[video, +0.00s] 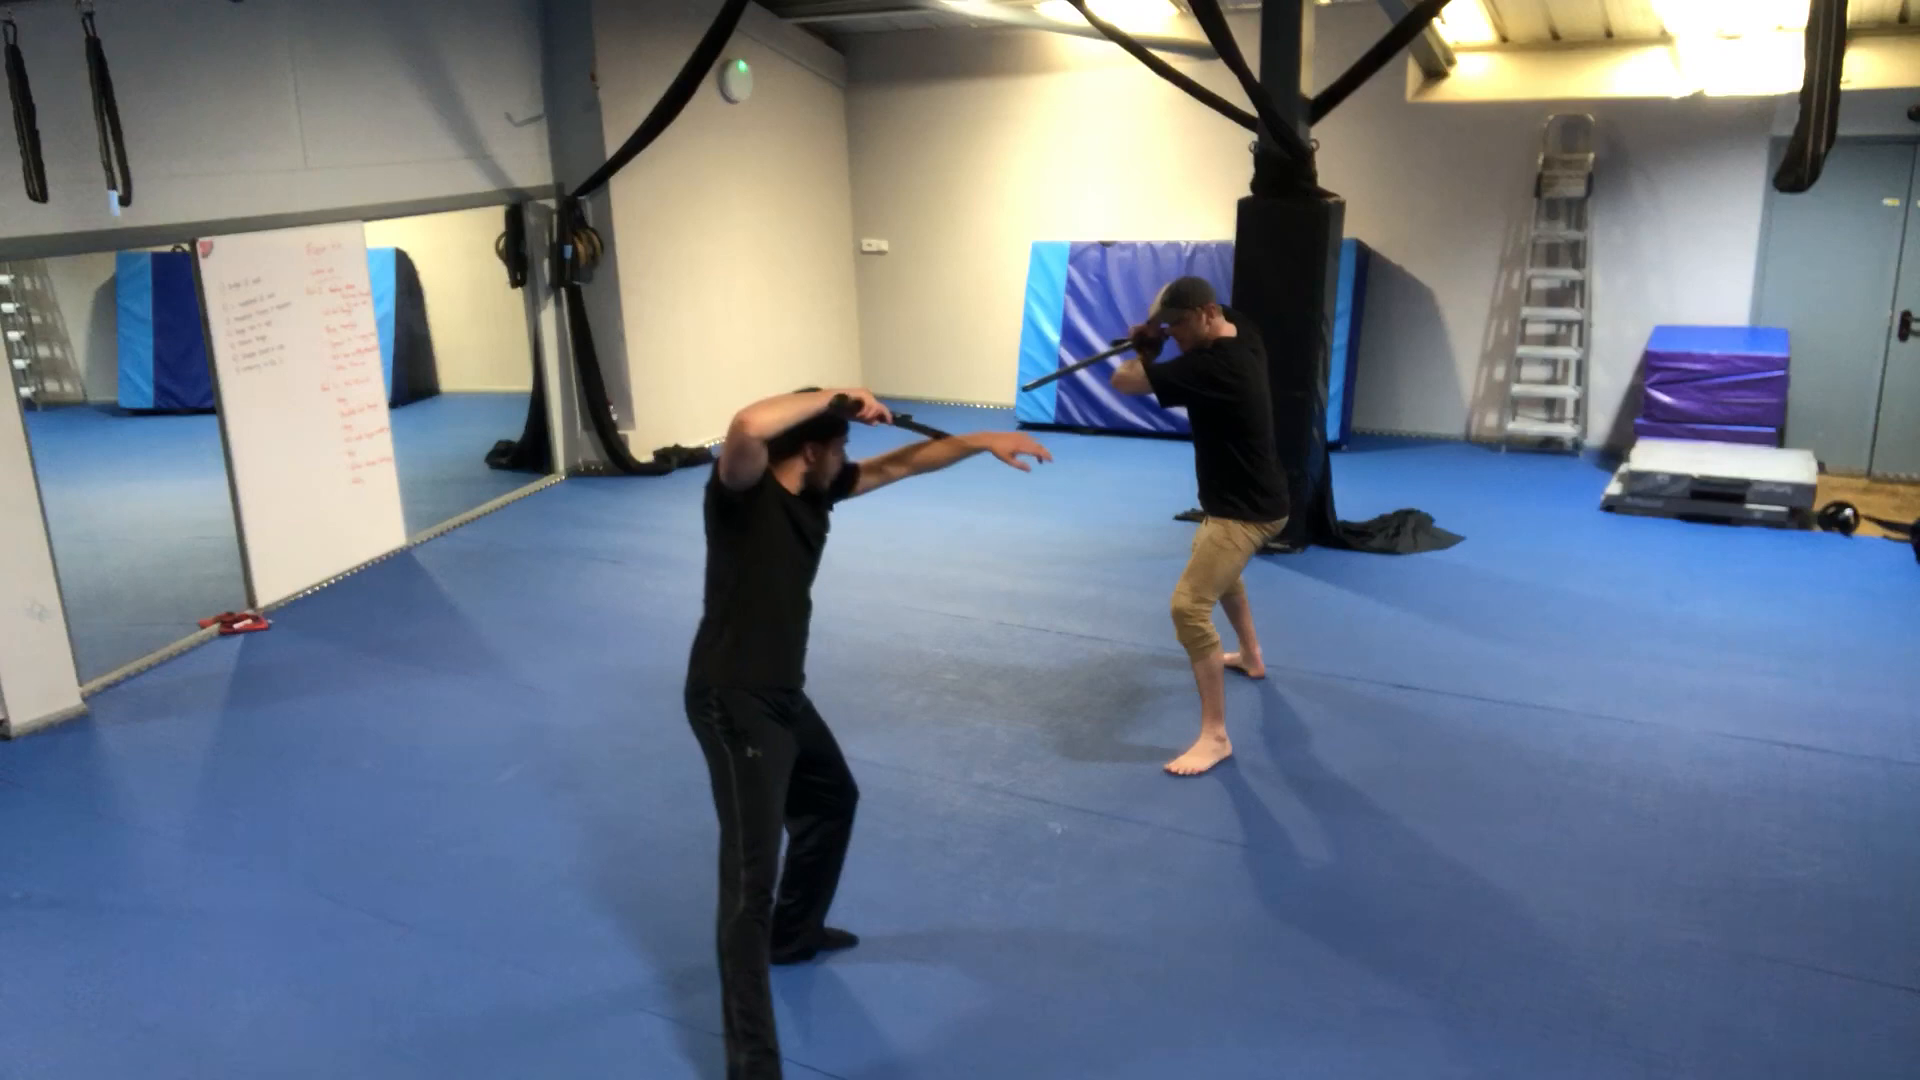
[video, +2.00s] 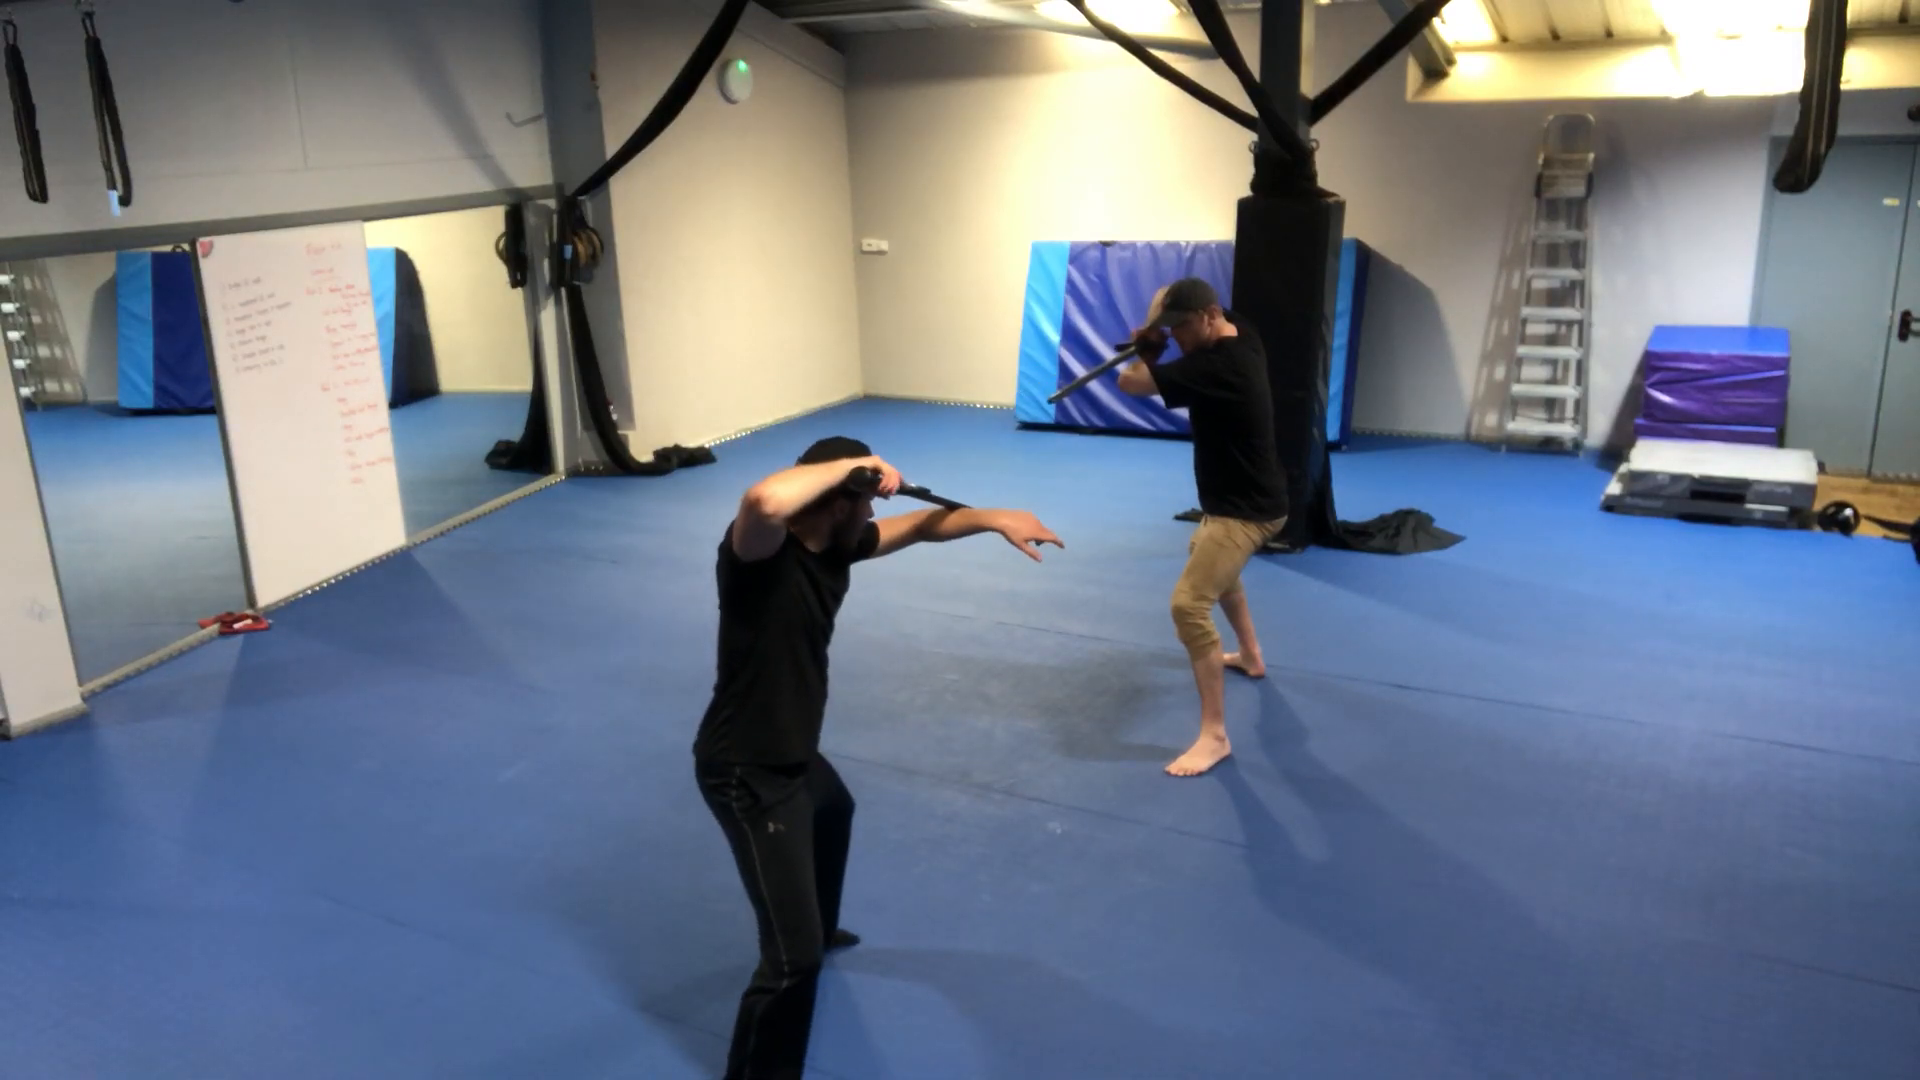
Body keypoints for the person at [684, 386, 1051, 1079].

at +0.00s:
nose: (844, 458)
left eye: (842, 443)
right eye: (836, 443)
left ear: (818, 447)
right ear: (806, 445)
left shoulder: (817, 492)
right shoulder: (742, 491)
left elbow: (900, 465)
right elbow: (746, 426)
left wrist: (983, 440)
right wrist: (831, 396)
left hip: (781, 697)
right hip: (731, 701)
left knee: (830, 800)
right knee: (750, 886)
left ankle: (791, 931)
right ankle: (753, 1065)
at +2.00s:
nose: (871, 517)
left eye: (871, 503)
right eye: (863, 503)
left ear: (838, 505)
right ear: (830, 500)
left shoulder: (835, 550)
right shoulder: (758, 553)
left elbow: (921, 524)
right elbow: (763, 499)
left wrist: (996, 517)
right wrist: (847, 468)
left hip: (793, 755)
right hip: (744, 768)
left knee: (834, 811)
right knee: (793, 955)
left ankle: (815, 928)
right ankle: (756, 1075)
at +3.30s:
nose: (876, 499)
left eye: (877, 487)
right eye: (867, 486)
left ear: (855, 482)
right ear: (834, 482)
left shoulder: (849, 541)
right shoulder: (782, 544)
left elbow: (905, 545)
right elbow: (842, 492)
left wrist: (960, 523)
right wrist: (928, 451)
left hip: (831, 752)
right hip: (795, 761)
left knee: (878, 809)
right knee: (812, 959)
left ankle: (829, 947)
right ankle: (767, 1075)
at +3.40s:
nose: (884, 481)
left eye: (884, 471)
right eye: (882, 471)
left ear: (818, 465)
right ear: (869, 474)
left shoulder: (822, 532)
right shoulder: (816, 536)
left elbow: (887, 535)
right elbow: (911, 474)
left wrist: (938, 504)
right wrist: (964, 406)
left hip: (851, 743)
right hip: (850, 750)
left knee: (887, 860)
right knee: (870, 921)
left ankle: (888, 992)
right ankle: (784, 1068)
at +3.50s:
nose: (885, 472)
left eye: (867, 467)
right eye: (880, 464)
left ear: (816, 477)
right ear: (872, 474)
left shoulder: (794, 535)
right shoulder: (888, 513)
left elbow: (865, 500)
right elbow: (979, 417)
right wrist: (979, 341)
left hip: (847, 742)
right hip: (910, 743)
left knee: (892, 838)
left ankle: (890, 987)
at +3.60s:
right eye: (894, 451)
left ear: (836, 466)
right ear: (891, 465)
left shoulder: (815, 526)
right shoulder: (931, 499)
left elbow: (868, 460)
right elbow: (984, 394)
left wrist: (950, 414)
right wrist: (976, 311)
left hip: (879, 736)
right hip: (953, 731)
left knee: (904, 841)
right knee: (1055, 874)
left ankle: (884, 993)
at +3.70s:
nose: (958, 440)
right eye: (951, 438)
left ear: (882, 463)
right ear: (945, 459)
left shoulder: (855, 520)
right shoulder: (976, 491)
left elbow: (868, 466)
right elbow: (1004, 382)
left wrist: (932, 425)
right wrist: (954, 327)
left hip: (921, 736)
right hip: (1005, 725)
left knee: (911, 854)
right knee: (1096, 851)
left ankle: (889, 995)